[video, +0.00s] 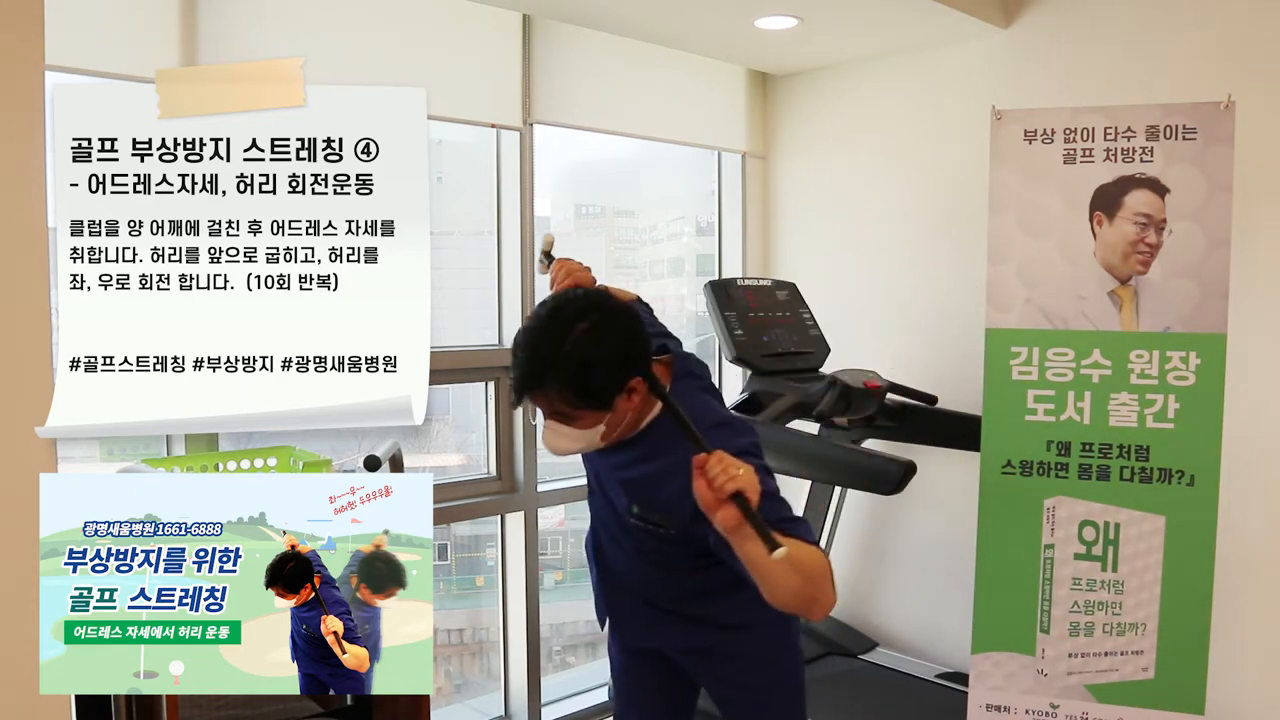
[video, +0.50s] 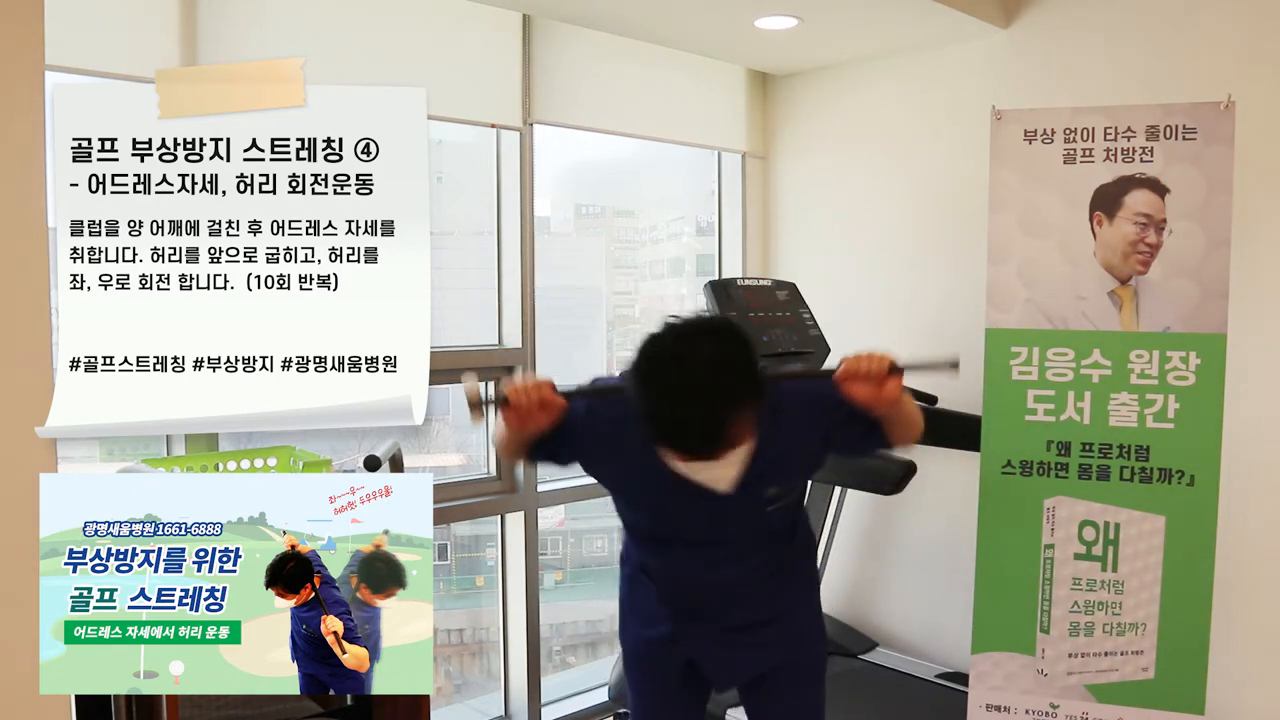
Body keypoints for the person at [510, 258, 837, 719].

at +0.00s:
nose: (567, 434)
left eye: (580, 422)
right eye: (555, 418)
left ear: (634, 393)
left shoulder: (716, 446)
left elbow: (817, 600)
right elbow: (632, 306)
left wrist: (740, 529)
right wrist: (591, 288)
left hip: (742, 641)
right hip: (642, 629)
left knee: (767, 712)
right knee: (640, 714)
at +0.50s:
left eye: (733, 441)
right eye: (690, 456)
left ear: (750, 409)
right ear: (658, 428)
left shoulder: (801, 409)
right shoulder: (608, 420)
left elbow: (907, 435)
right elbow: (510, 450)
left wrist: (889, 405)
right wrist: (521, 422)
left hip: (780, 624)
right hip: (664, 631)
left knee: (794, 711)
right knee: (659, 711)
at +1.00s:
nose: (907, 422)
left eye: (912, 414)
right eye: (907, 415)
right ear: (862, 416)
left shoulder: (792, 348)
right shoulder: (735, 456)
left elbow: (783, 311)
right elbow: (684, 614)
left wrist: (820, 293)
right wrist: (767, 550)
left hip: (787, 612)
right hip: (695, 637)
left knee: (799, 711)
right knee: (695, 710)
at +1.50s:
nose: (933, 402)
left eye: (941, 392)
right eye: (938, 393)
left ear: (860, 334)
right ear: (912, 403)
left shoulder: (786, 344)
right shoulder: (810, 478)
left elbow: (734, 311)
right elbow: (794, 629)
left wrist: (793, 285)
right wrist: (874, 542)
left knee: (795, 709)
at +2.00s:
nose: (894, 430)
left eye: (904, 423)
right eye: (895, 419)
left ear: (854, 388)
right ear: (853, 392)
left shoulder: (851, 401)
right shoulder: (745, 411)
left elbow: (923, 427)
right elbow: (624, 531)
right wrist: (711, 476)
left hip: (796, 630)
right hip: (694, 637)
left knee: (801, 711)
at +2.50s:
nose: (710, 449)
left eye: (729, 439)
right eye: (694, 432)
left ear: (764, 421)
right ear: (677, 396)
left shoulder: (820, 449)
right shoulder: (645, 372)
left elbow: (921, 536)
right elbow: (574, 360)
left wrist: (904, 495)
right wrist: (579, 338)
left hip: (775, 626)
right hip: (660, 613)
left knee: (794, 712)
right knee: (658, 712)